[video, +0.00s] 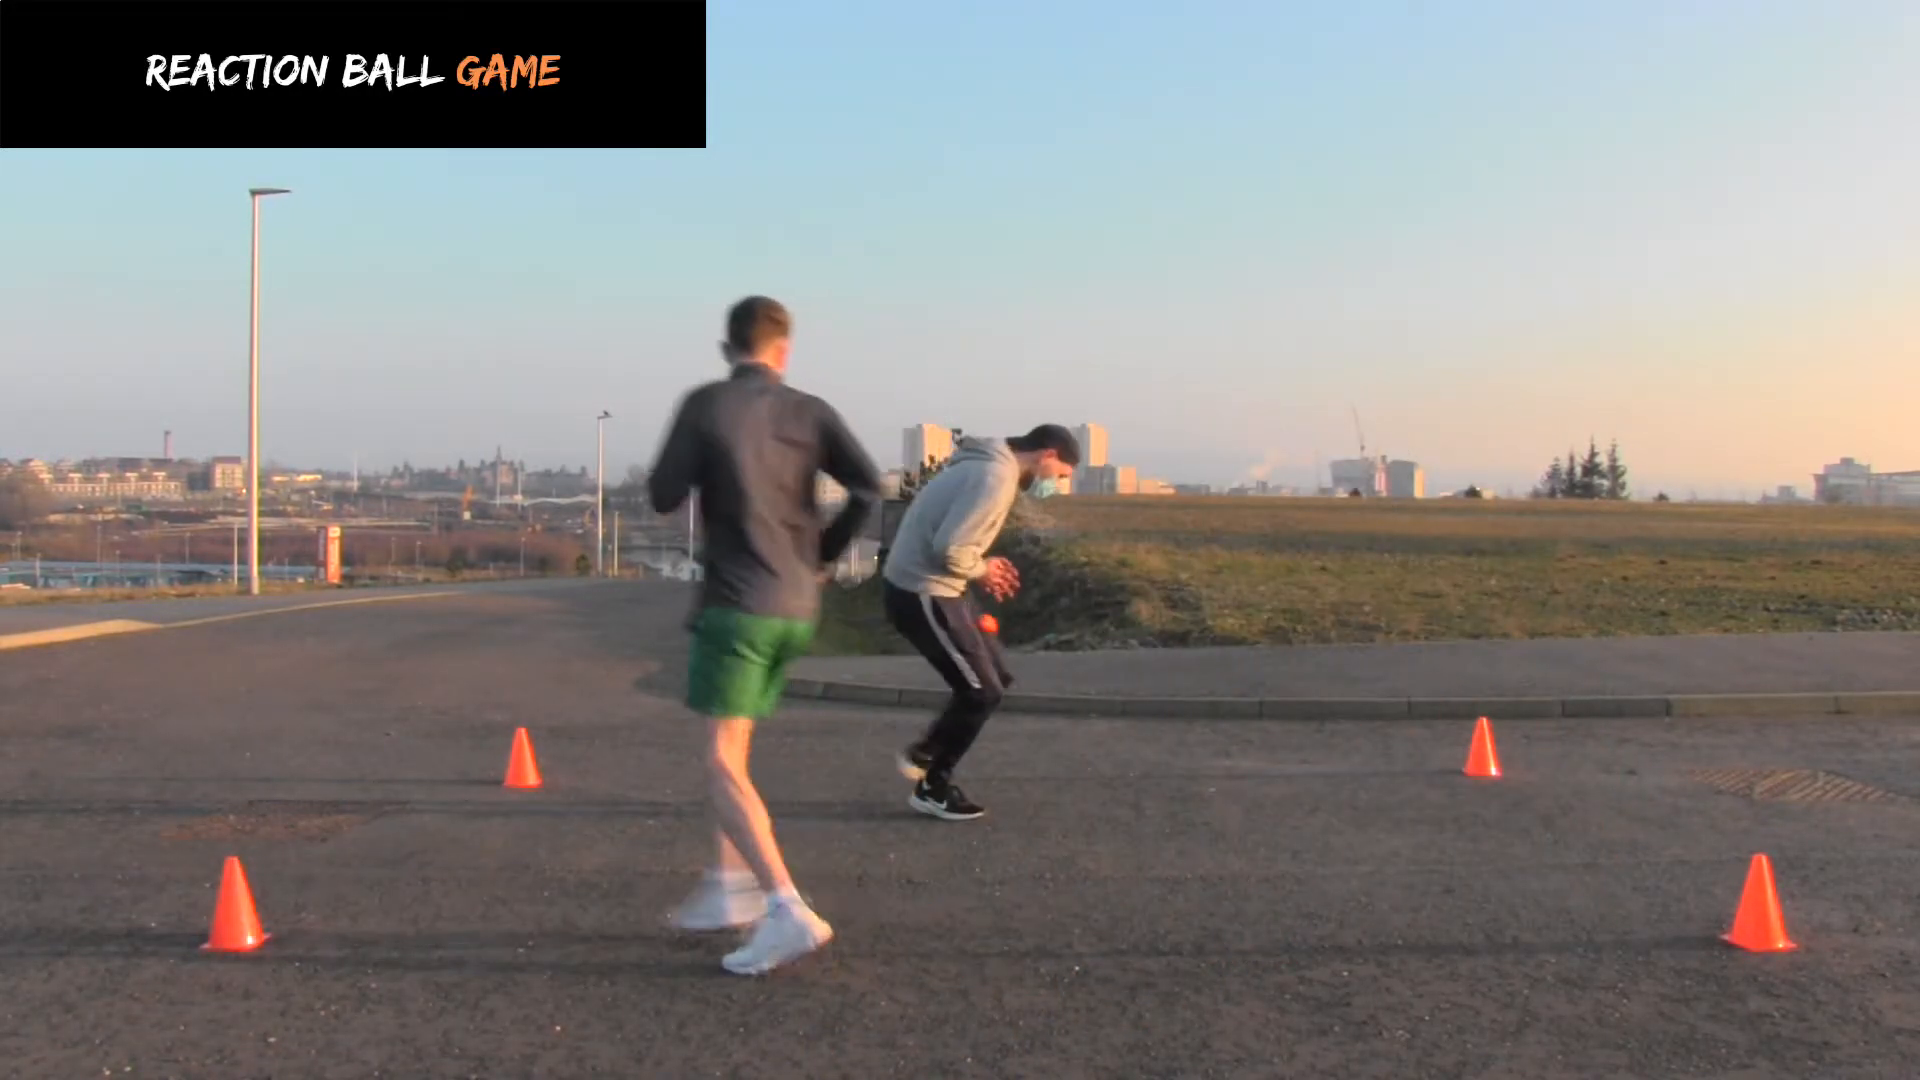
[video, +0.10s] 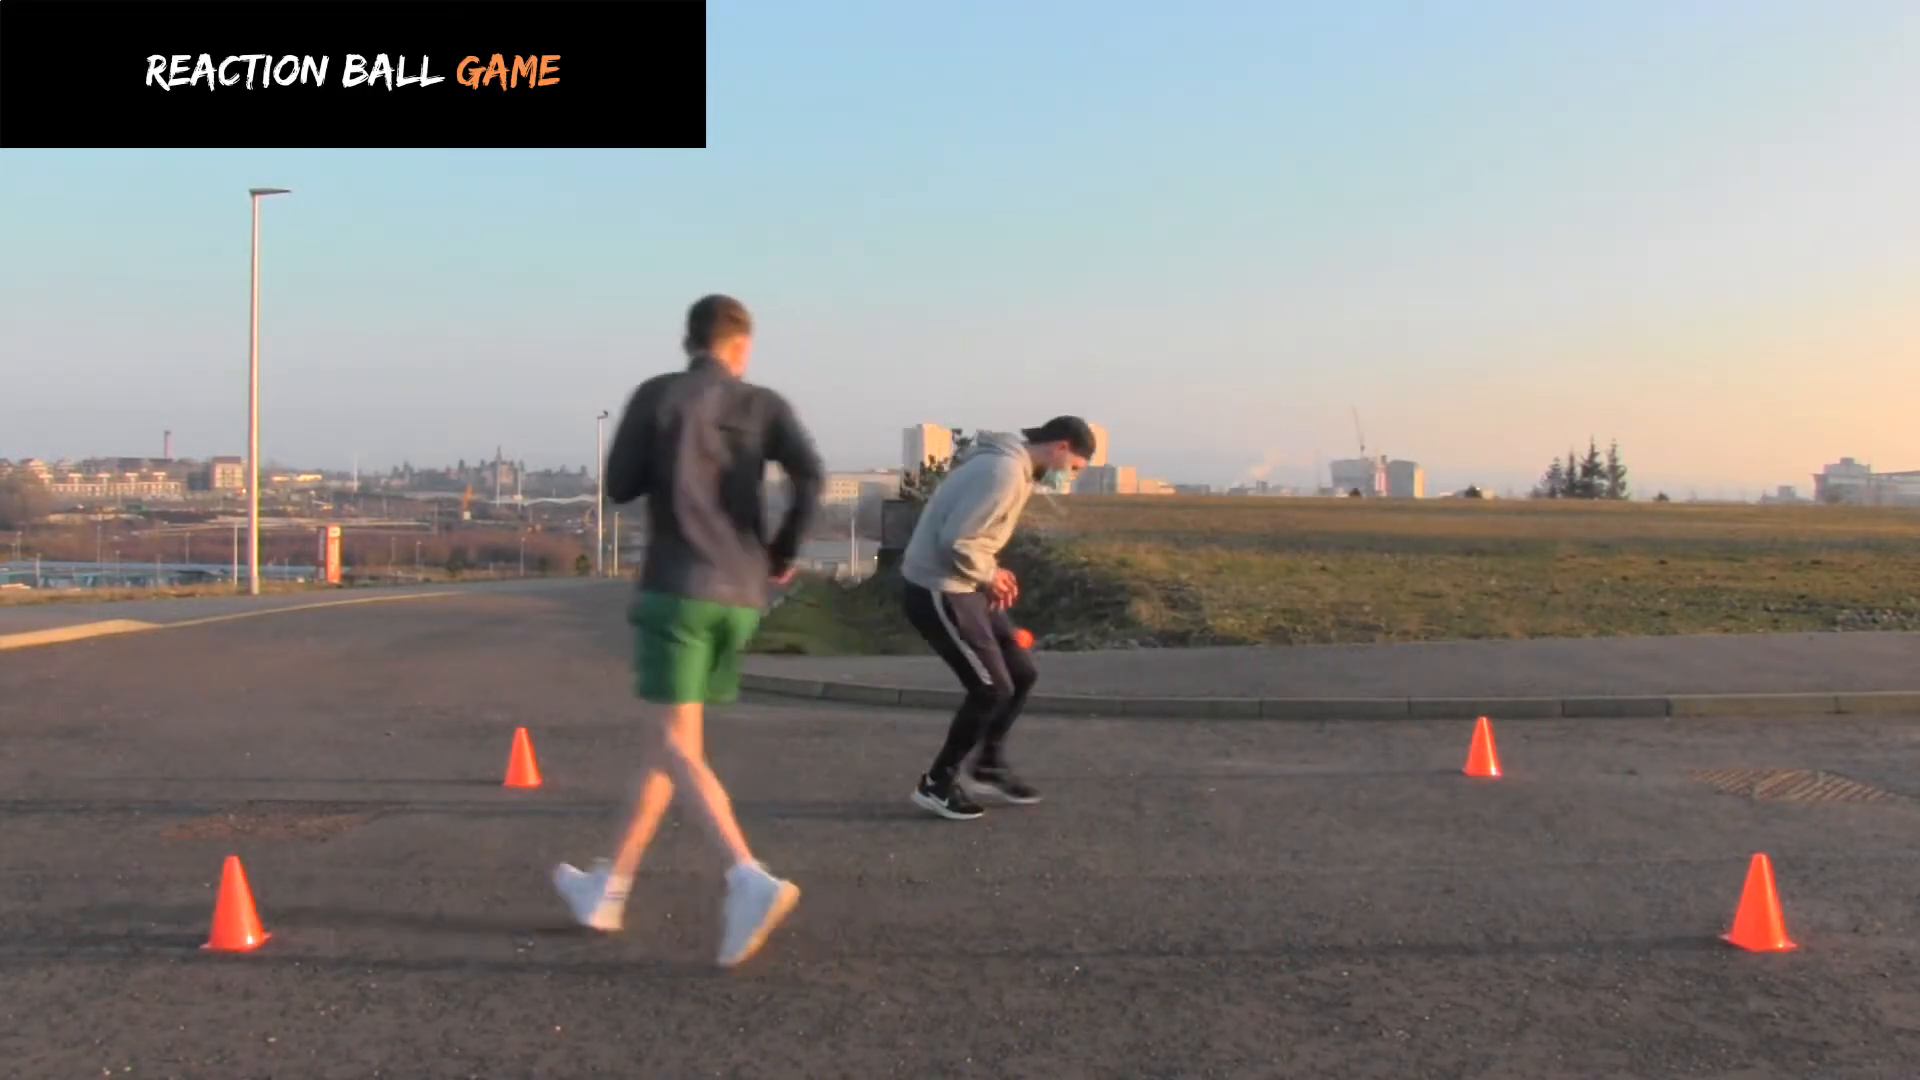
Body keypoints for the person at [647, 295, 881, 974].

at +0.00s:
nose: (780, 355)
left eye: (761, 343)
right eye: (783, 345)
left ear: (729, 343)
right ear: (784, 347)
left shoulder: (705, 406)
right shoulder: (812, 412)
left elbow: (664, 495)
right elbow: (870, 489)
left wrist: (703, 446)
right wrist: (823, 550)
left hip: (738, 604)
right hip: (797, 608)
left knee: (723, 762)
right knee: (731, 752)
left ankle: (789, 909)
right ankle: (729, 889)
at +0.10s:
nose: (748, 352)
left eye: (743, 340)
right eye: (748, 342)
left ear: (689, 338)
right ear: (740, 343)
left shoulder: (657, 396)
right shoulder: (763, 404)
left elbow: (620, 486)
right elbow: (810, 477)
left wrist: (673, 453)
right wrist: (784, 552)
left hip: (677, 591)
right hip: (744, 595)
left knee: (681, 748)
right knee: (673, 745)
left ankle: (749, 878)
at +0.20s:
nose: (692, 389)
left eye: (690, 380)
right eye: (692, 380)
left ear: (635, 373)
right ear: (681, 379)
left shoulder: (593, 428)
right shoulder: (702, 444)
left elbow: (550, 510)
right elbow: (729, 528)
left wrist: (605, 499)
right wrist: (728, 597)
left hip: (596, 620)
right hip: (661, 628)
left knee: (576, 761)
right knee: (588, 758)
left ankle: (655, 841)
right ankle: (545, 886)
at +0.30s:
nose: (663, 402)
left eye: (662, 392)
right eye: (662, 393)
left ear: (607, 386)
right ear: (648, 391)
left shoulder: (561, 438)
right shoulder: (662, 457)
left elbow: (518, 521)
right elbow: (683, 550)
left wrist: (568, 527)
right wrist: (686, 616)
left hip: (559, 627)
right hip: (628, 634)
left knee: (533, 752)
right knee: (573, 754)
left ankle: (575, 830)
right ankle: (544, 884)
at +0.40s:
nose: (634, 380)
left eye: (635, 371)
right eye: (632, 370)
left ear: (579, 361)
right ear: (611, 366)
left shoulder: (527, 412)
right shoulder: (626, 433)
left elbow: (480, 487)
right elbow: (631, 523)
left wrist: (528, 495)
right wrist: (618, 576)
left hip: (515, 599)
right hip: (585, 605)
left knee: (499, 724)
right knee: (558, 737)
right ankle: (543, 871)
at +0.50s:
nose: (614, 372)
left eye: (616, 363)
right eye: (612, 362)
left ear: (562, 350)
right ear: (589, 355)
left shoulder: (505, 398)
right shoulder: (604, 416)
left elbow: (457, 464)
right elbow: (612, 499)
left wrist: (505, 481)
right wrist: (600, 547)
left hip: (496, 578)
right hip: (564, 585)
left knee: (481, 708)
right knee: (555, 717)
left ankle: (449, 848)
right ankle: (540, 840)